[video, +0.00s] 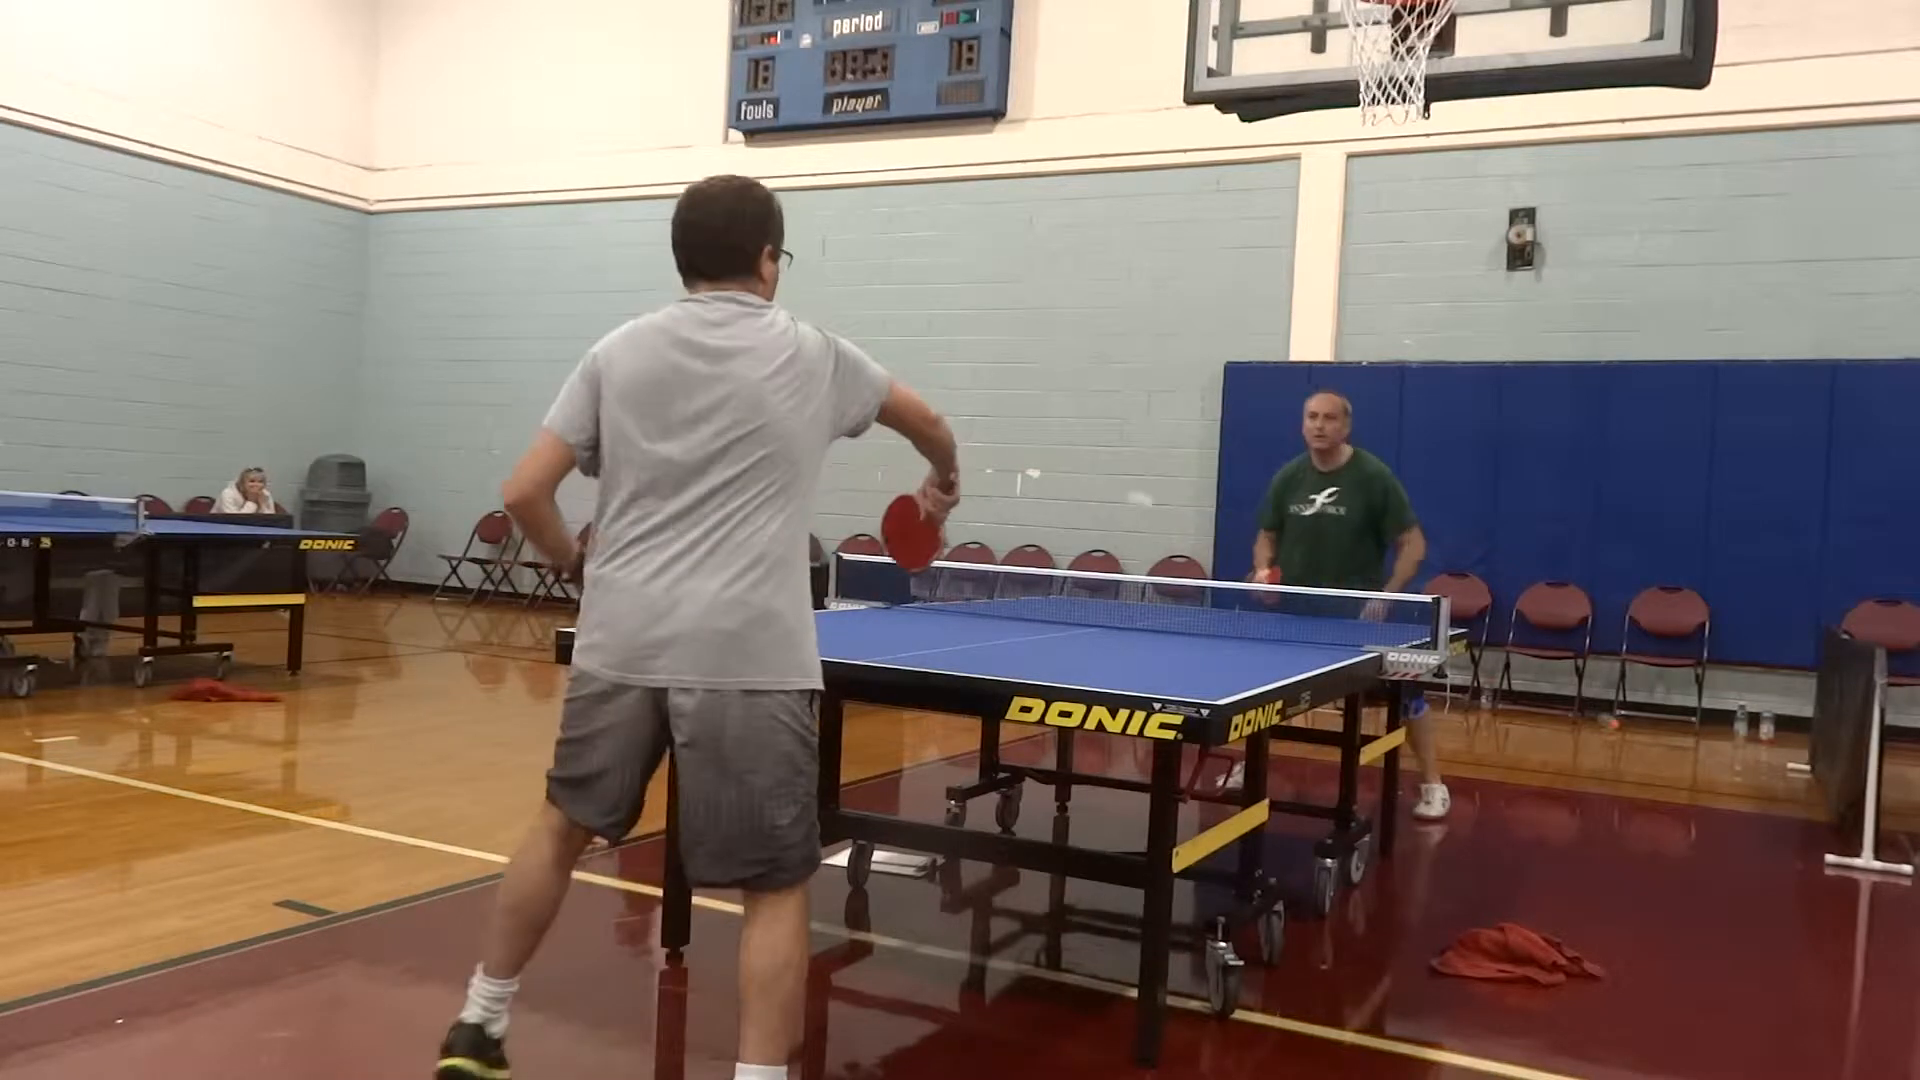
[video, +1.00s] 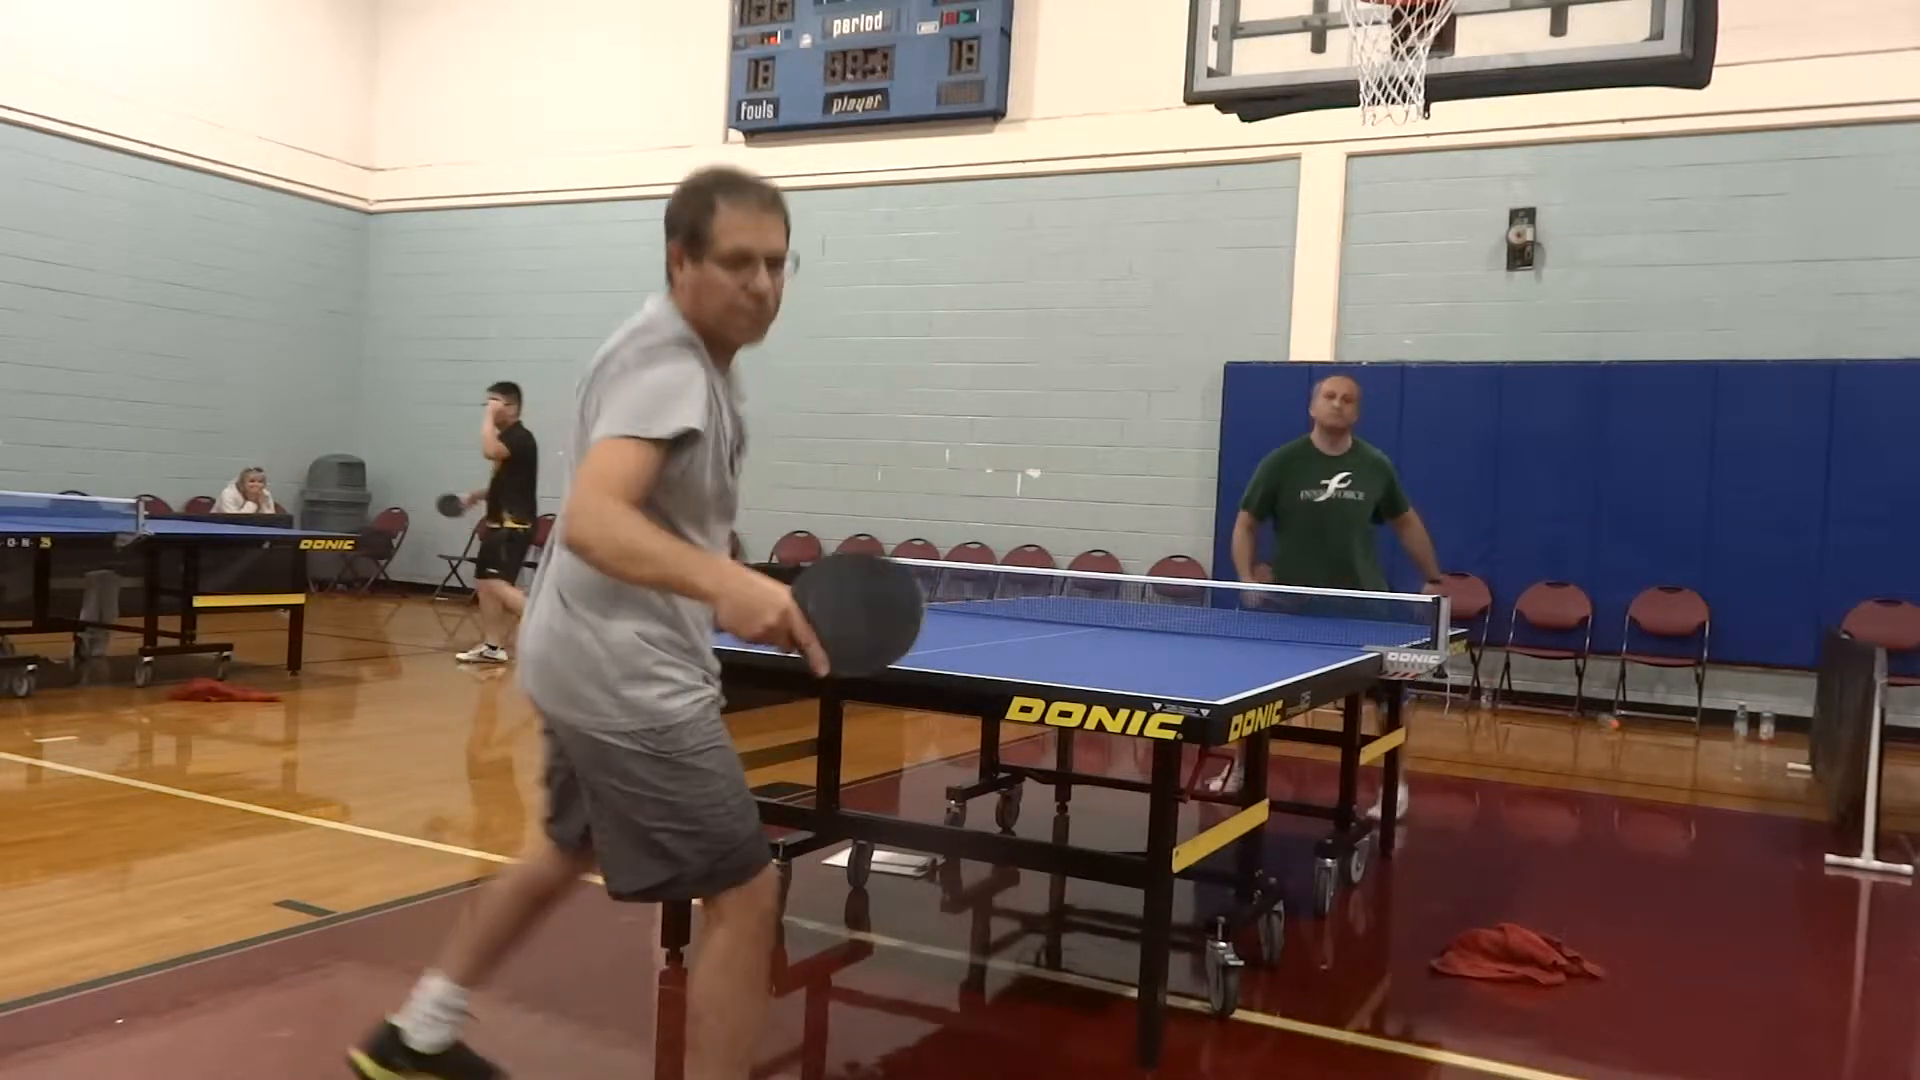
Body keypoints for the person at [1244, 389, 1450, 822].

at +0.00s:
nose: (1320, 425)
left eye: (1330, 418)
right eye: (1313, 417)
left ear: (1347, 426)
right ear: (1302, 424)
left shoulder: (1374, 477)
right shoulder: (1287, 478)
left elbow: (1413, 544)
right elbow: (1267, 535)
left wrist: (1387, 596)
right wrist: (1263, 567)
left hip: (1358, 619)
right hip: (1294, 615)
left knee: (1407, 689)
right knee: (1254, 681)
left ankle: (1431, 783)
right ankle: (1251, 765)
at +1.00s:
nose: (1337, 405)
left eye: (1347, 400)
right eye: (1330, 397)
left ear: (1357, 414)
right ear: (1312, 405)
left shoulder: (1376, 466)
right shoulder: (1281, 462)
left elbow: (1405, 522)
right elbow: (1245, 524)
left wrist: (1434, 575)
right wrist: (1247, 576)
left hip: (1364, 605)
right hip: (1292, 604)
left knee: (1390, 692)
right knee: (1256, 681)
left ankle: (1393, 782)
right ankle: (1242, 766)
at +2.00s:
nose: (1388, 403)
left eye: (1397, 396)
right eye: (1380, 396)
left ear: (1416, 405)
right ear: (1372, 408)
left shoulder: (1448, 456)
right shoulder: (1354, 464)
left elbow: (1481, 519)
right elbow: (1329, 526)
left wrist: (1481, 583)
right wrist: (1313, 583)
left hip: (1431, 601)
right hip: (1371, 600)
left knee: (1422, 694)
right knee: (1380, 694)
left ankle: (1399, 781)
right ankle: (1392, 773)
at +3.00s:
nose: (1418, 409)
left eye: (1427, 404)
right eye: (1421, 402)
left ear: (1452, 414)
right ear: (1442, 412)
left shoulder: (1478, 463)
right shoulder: (1428, 453)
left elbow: (1483, 537)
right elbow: (1420, 527)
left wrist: (1446, 590)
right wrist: (1400, 572)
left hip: (1466, 599)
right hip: (1417, 593)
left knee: (1479, 685)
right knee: (1409, 677)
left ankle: (1477, 765)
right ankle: (1403, 755)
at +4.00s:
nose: (1386, 431)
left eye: (1386, 425)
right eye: (1392, 426)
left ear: (1391, 427)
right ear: (1422, 427)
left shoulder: (1388, 462)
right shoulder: (1445, 466)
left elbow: (1372, 522)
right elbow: (1456, 532)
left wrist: (1352, 568)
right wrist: (1448, 577)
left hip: (1388, 587)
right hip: (1433, 588)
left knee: (1358, 659)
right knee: (1428, 667)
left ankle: (1345, 739)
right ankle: (1425, 745)